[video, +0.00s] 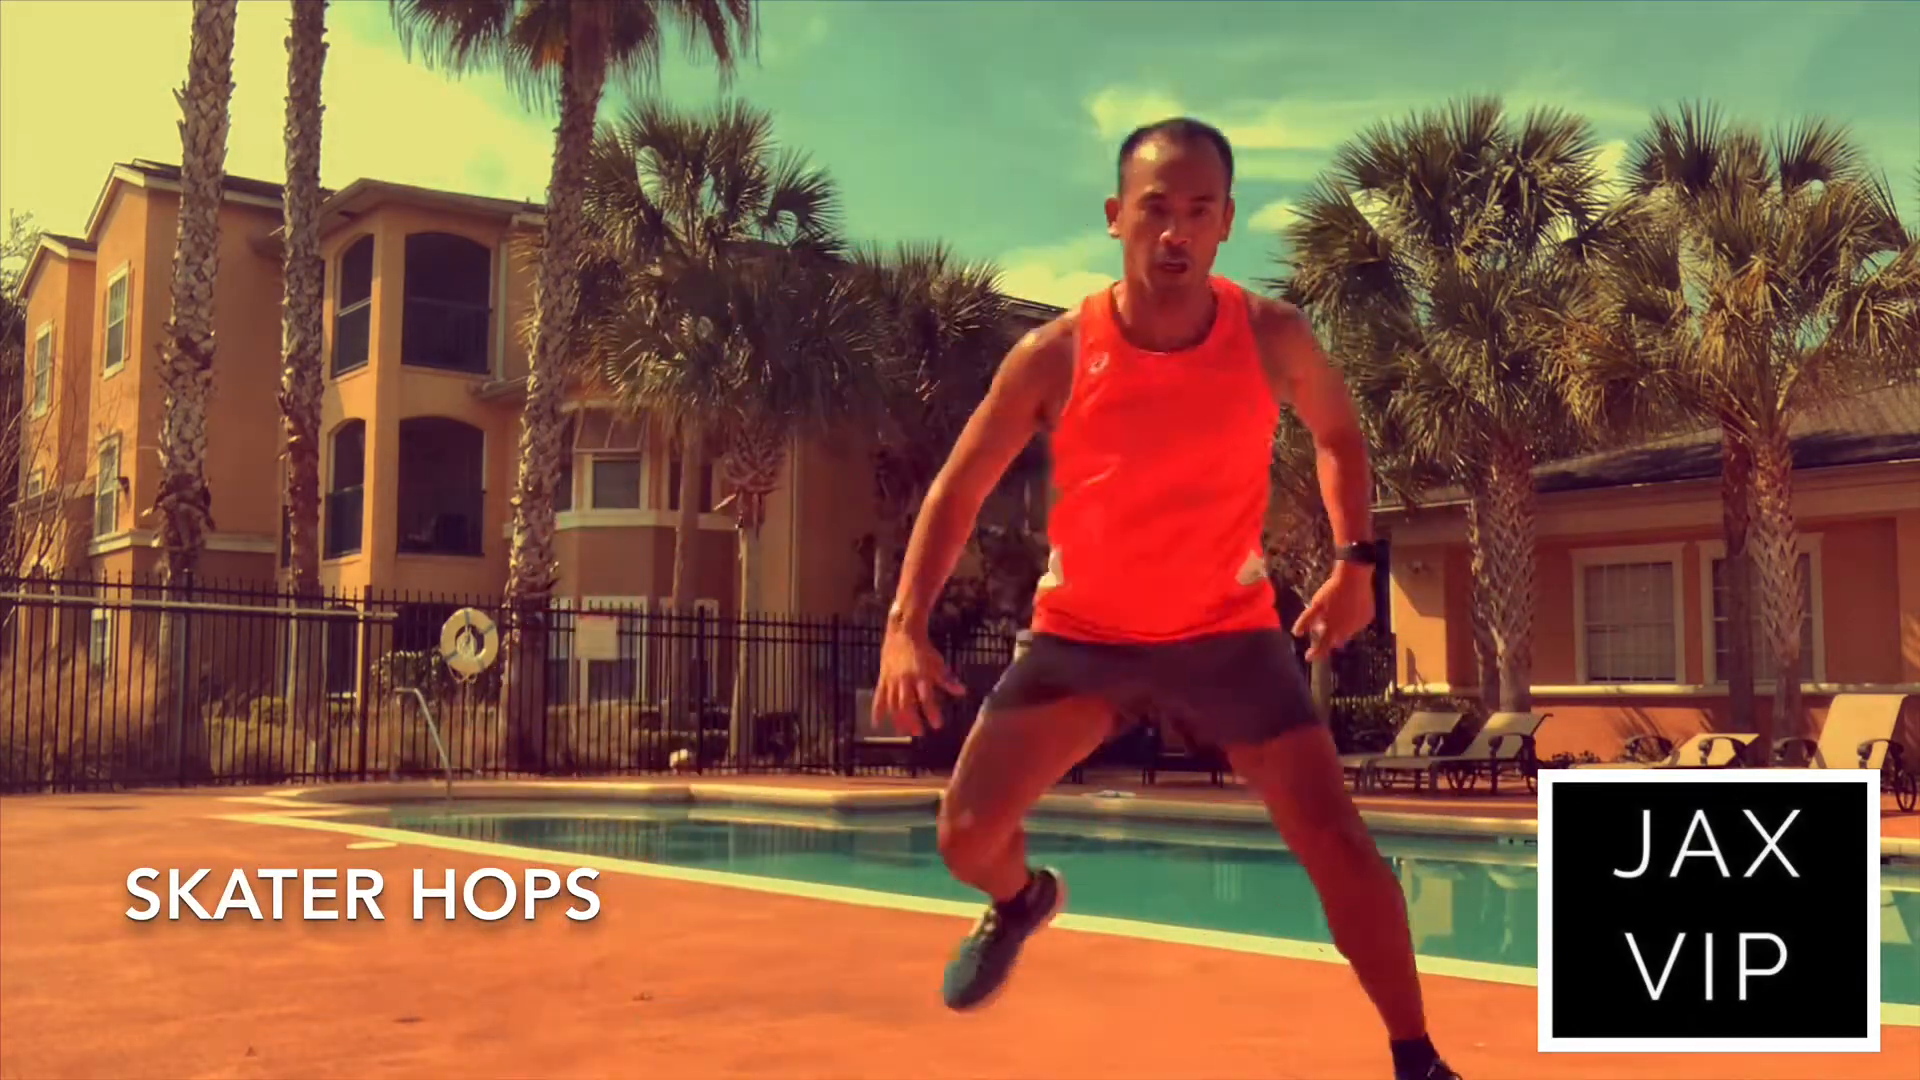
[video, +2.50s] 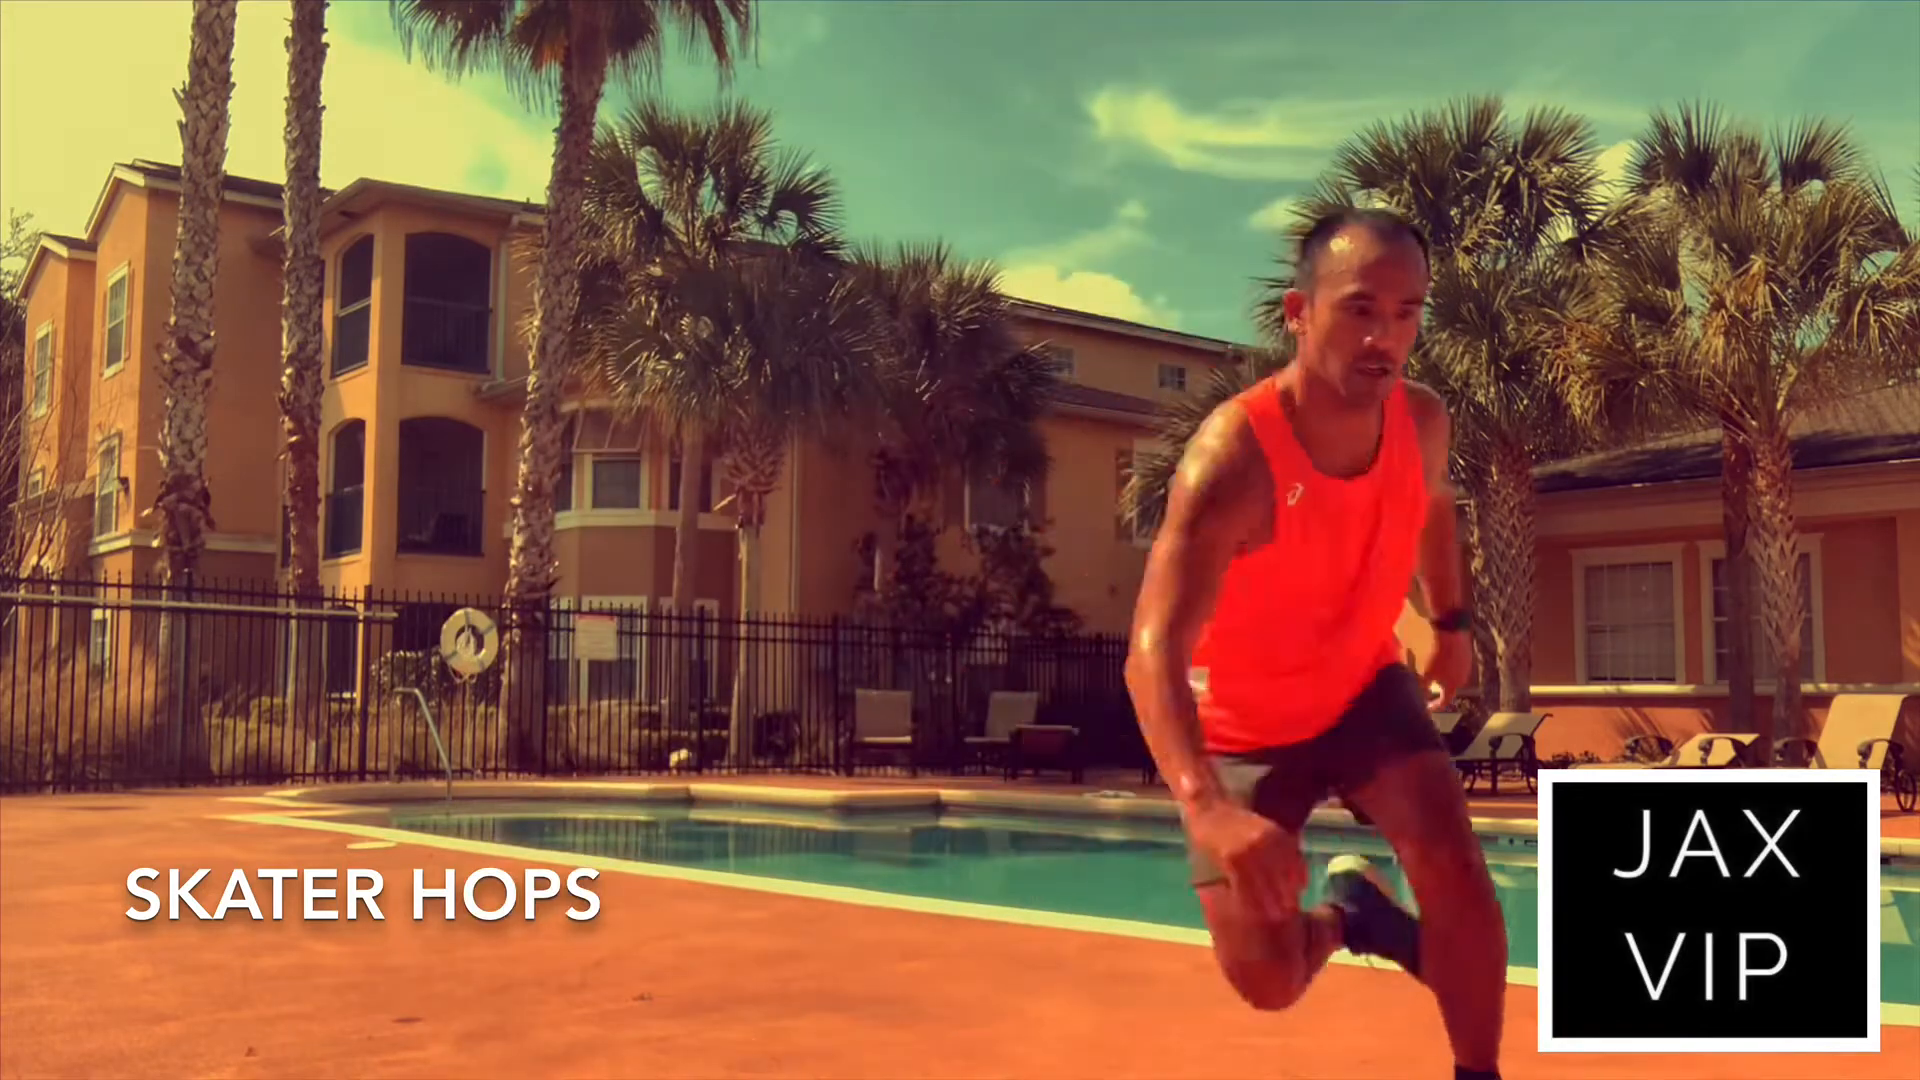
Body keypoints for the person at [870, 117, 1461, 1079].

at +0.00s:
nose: (1175, 228)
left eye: (1199, 207)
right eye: (1155, 205)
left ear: (1226, 222)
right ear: (1115, 215)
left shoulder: (1272, 338)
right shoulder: (1053, 355)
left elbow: (1339, 441)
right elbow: (958, 490)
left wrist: (1355, 561)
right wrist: (905, 625)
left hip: (1228, 636)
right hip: (1079, 637)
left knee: (1332, 838)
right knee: (967, 834)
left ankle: (1416, 1055)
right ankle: (1022, 901)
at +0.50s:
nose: (1409, 446)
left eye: (1430, 425)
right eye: (1386, 424)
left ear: (1455, 438)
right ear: (1339, 436)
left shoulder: (1464, 518)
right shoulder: (1294, 560)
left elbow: (1490, 570)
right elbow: (1374, 728)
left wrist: (1535, 659)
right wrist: (1556, 709)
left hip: (1446, 746)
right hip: (1339, 798)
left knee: (1442, 855)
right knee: (1484, 966)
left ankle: (1429, 1064)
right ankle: (1618, 1006)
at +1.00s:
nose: (975, 116)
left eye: (998, 95)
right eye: (956, 95)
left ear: (1040, 108)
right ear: (926, 107)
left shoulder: (1104, 238)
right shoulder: (879, 224)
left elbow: (1267, 305)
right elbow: (738, 260)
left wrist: (1330, 412)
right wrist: (620, 351)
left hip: (1105, 544)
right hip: (945, 542)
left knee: (1235, 734)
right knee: (799, 711)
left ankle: (1351, 950)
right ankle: (812, 925)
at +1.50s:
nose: (530, 404)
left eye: (560, 382)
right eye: (519, 380)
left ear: (625, 396)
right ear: (506, 387)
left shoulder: (671, 544)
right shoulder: (509, 491)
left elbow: (602, 746)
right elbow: (530, 624)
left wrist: (447, 870)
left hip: (641, 779)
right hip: (533, 712)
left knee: (493, 956)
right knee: (520, 871)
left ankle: (402, 947)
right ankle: (528, 1070)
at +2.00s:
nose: (748, 268)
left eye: (773, 249)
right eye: (728, 244)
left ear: (806, 264)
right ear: (690, 251)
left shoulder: (865, 405)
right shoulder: (637, 389)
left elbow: (956, 555)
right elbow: (533, 499)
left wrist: (952, 709)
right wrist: (443, 619)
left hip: (794, 691)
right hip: (650, 669)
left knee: (809, 915)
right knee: (583, 877)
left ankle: (770, 919)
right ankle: (532, 1067)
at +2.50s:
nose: (1385, 336)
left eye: (1404, 312)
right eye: (1360, 309)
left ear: (1420, 322)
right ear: (1298, 314)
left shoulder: (1420, 424)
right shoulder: (1231, 452)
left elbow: (1433, 514)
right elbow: (1152, 648)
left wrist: (1453, 622)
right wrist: (1206, 807)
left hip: (1363, 689)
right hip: (1237, 727)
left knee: (1456, 873)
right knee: (1266, 984)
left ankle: (1478, 1072)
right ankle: (1350, 910)